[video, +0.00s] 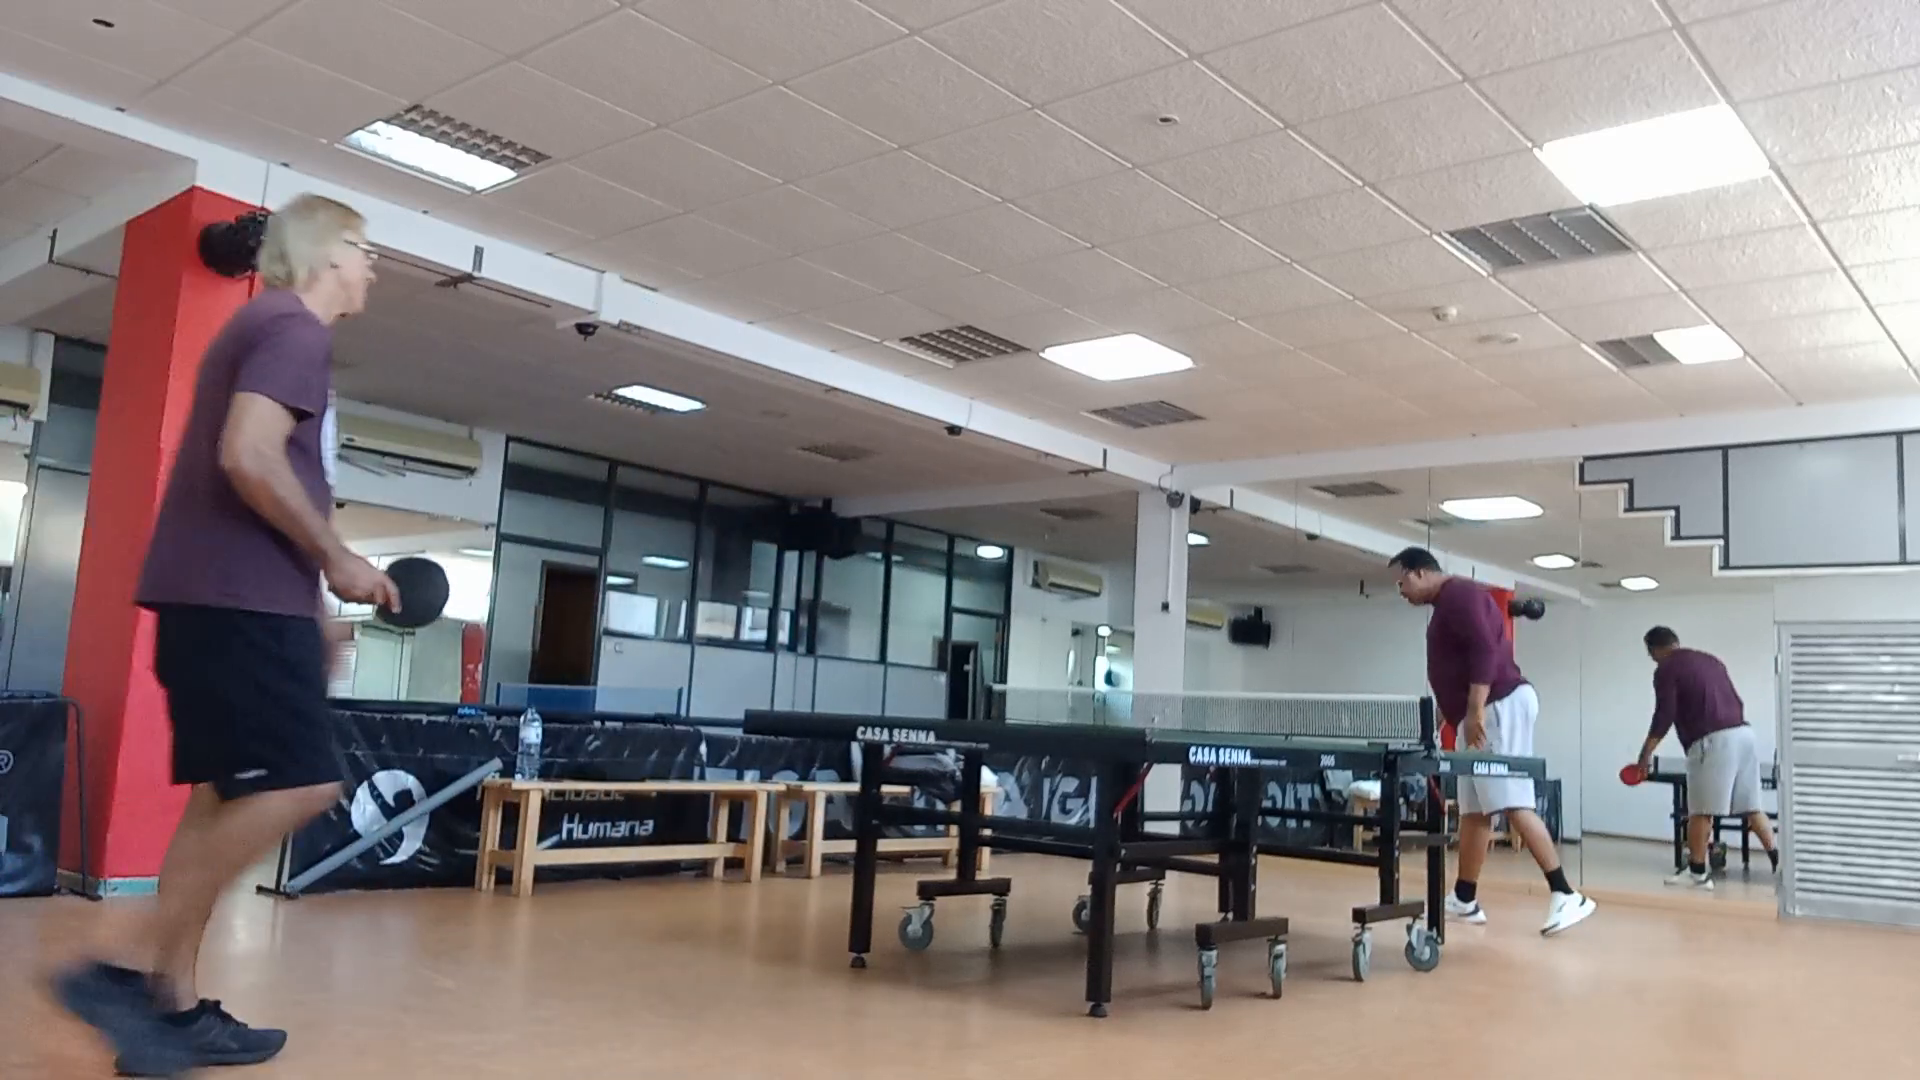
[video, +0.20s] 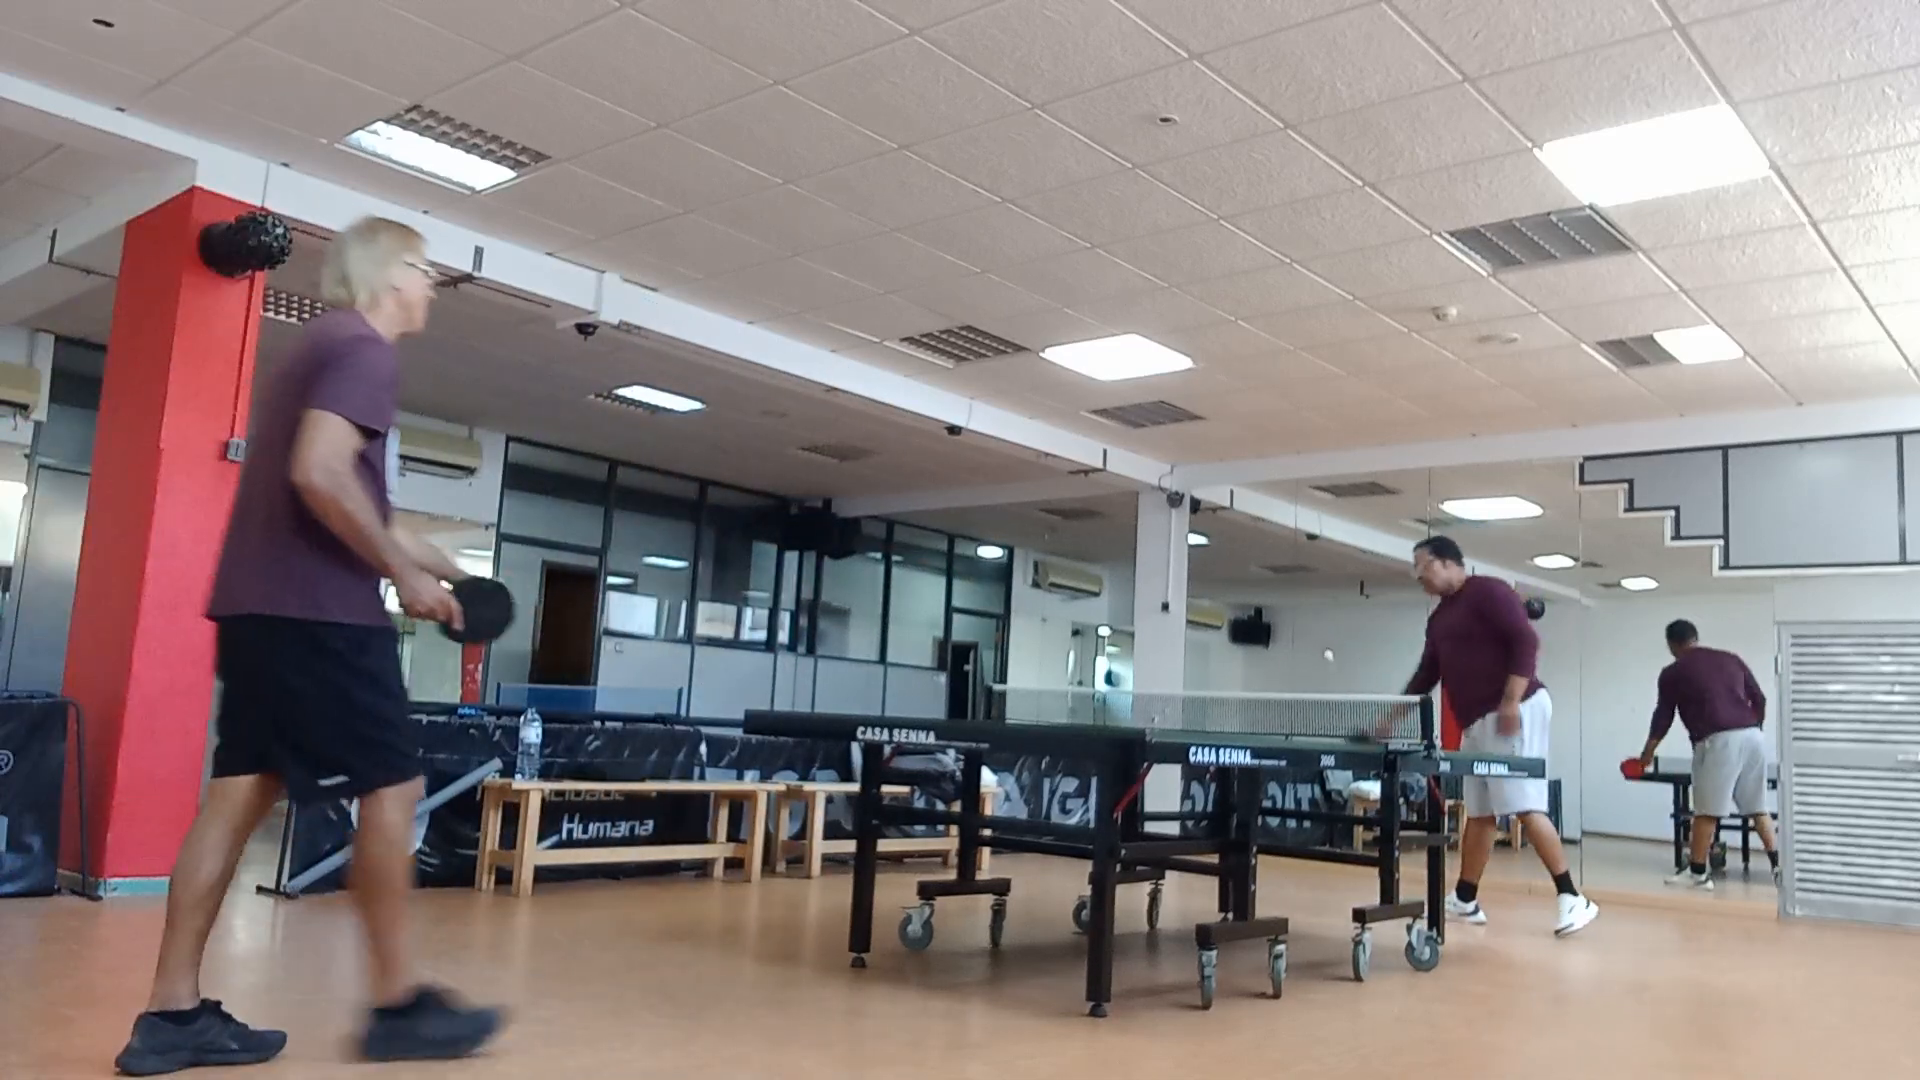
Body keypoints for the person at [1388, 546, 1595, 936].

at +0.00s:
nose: (1402, 594)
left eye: (1402, 585)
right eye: (1399, 587)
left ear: (1418, 574)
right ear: (1418, 575)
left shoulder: (1462, 592)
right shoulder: (1447, 603)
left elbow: (1485, 650)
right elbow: (1464, 665)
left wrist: (1475, 710)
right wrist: (1454, 715)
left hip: (1503, 704)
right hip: (1477, 710)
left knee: (1514, 803)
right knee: (1473, 808)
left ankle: (1566, 895)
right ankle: (1464, 900)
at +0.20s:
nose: (1419, 577)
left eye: (1422, 567)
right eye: (1417, 570)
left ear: (1445, 562)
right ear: (1438, 567)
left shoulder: (1489, 591)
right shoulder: (1439, 619)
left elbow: (1528, 641)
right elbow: (1427, 674)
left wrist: (1511, 701)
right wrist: (1392, 717)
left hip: (1517, 709)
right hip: (1476, 721)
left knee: (1525, 806)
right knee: (1479, 811)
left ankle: (1572, 897)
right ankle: (1464, 900)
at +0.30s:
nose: (1431, 570)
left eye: (1435, 560)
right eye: (1429, 564)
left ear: (1461, 558)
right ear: (1448, 564)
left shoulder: (1507, 591)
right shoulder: (1444, 616)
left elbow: (1549, 640)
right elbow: (1418, 658)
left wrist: (1539, 697)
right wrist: (1374, 683)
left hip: (1525, 715)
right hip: (1481, 725)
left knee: (1533, 813)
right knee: (1482, 815)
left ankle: (1568, 901)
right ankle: (1464, 901)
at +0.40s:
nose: (1452, 566)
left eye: (1458, 556)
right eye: (1449, 560)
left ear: (1483, 555)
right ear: (1452, 567)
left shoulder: (1526, 593)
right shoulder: (1452, 612)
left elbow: (1571, 643)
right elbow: (1414, 647)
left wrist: (1575, 707)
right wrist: (1362, 649)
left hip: (1541, 720)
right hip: (1491, 728)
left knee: (1544, 818)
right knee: (1484, 817)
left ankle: (1564, 904)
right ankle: (1466, 900)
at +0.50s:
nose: (1470, 561)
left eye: (1477, 553)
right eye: (1466, 557)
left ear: (1502, 553)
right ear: (1466, 566)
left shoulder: (1546, 594)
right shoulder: (1465, 611)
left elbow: (1591, 647)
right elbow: (1423, 641)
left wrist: (1600, 710)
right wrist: (1386, 627)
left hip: (1556, 722)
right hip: (1502, 729)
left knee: (1558, 821)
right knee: (1485, 816)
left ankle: (1568, 907)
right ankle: (1466, 900)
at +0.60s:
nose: (1491, 556)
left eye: (1498, 547)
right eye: (1486, 553)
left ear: (1523, 549)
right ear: (1485, 563)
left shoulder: (1566, 593)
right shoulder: (1482, 605)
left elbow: (1605, 650)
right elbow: (1443, 646)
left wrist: (1612, 712)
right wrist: (1415, 630)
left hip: (1564, 724)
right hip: (1508, 726)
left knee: (1564, 819)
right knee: (1485, 811)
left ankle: (1567, 907)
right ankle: (1472, 898)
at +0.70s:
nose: (1511, 550)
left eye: (1518, 541)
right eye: (1504, 546)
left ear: (1540, 545)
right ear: (1499, 556)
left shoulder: (1581, 593)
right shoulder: (1492, 601)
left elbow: (1615, 650)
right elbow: (1466, 656)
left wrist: (1617, 709)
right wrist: (1446, 651)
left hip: (1570, 727)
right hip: (1510, 725)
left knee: (1569, 820)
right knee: (1490, 809)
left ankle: (1569, 908)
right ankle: (1495, 903)